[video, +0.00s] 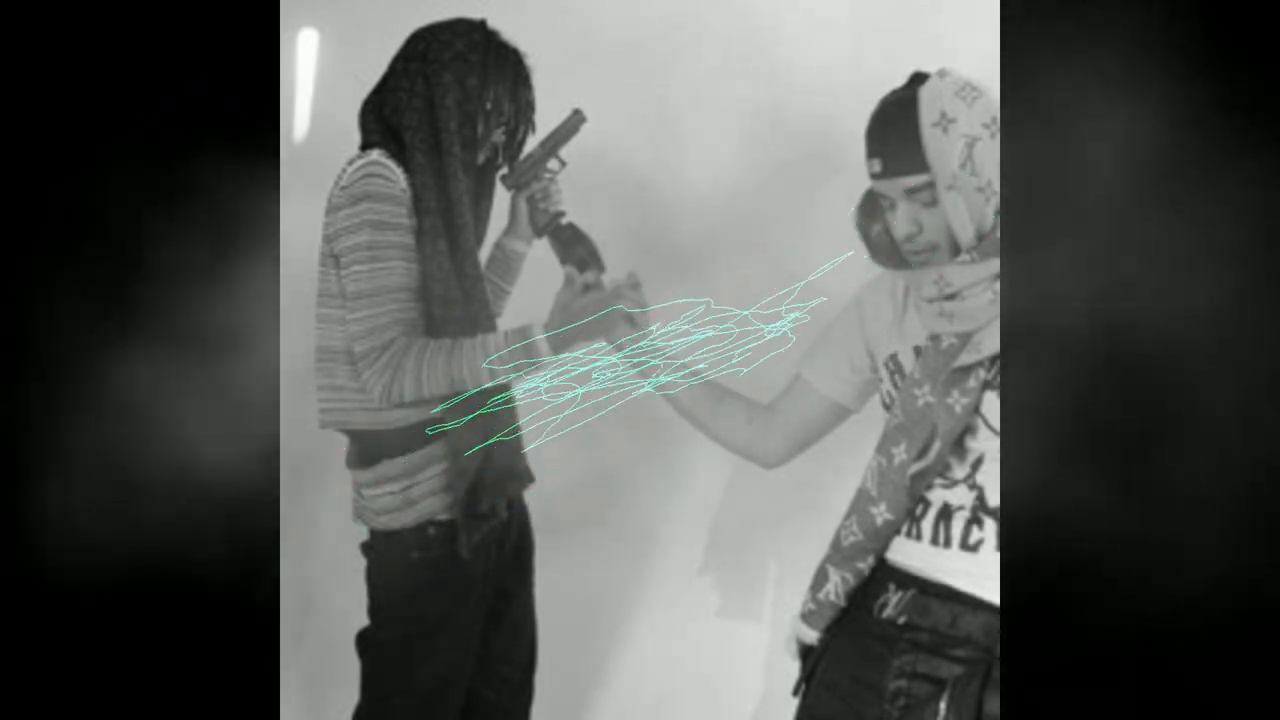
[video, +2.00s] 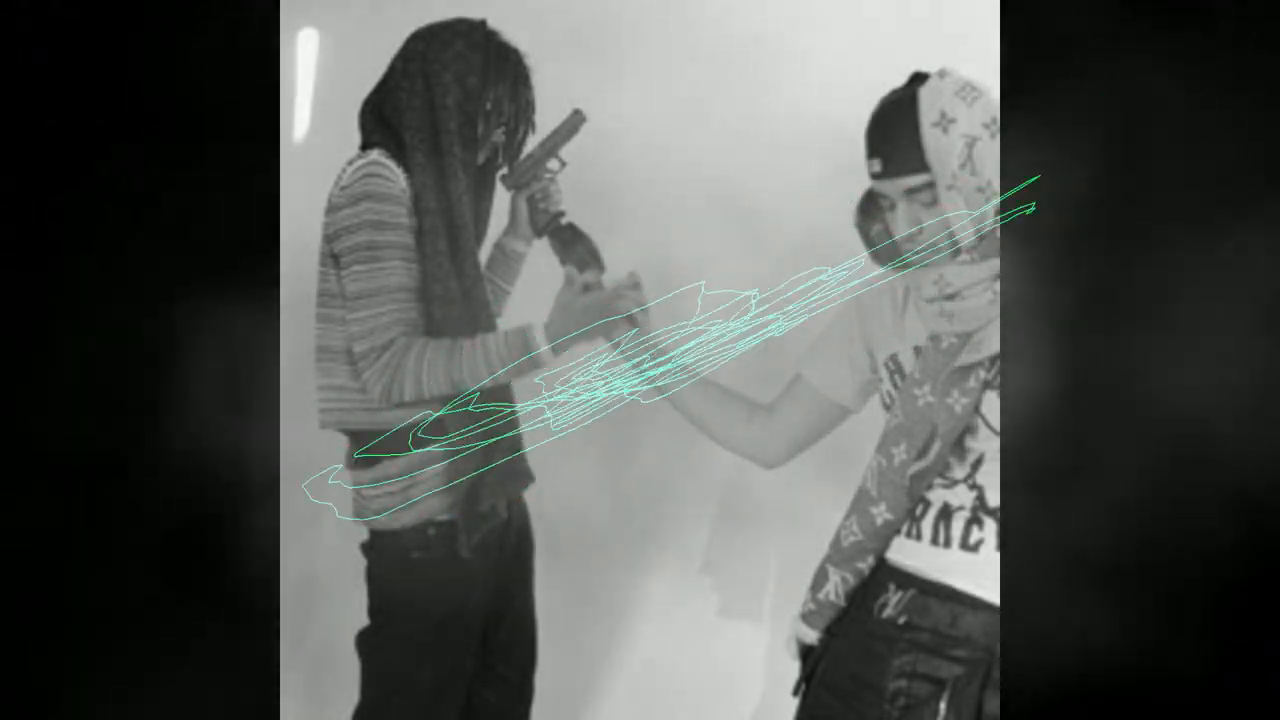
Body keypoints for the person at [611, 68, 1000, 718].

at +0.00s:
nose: (905, 228)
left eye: (926, 198)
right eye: (887, 204)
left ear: (982, 182)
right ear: (874, 203)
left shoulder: (1040, 292)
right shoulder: (892, 303)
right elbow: (769, 436)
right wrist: (638, 344)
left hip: (994, 642)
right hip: (879, 616)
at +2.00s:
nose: (914, 224)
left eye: (932, 196)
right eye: (898, 202)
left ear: (983, 186)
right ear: (879, 209)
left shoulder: (1042, 288)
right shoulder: (887, 306)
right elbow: (770, 436)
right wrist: (637, 343)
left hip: (1001, 637)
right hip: (882, 612)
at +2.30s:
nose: (904, 223)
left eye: (926, 197)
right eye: (889, 202)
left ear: (984, 185)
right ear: (876, 207)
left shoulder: (1045, 284)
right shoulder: (897, 303)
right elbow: (768, 435)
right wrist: (638, 342)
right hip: (896, 614)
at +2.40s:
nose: (905, 223)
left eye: (925, 196)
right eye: (890, 199)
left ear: (981, 185)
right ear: (876, 201)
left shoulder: (1043, 287)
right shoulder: (901, 300)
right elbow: (769, 436)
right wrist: (639, 340)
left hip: (998, 639)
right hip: (881, 612)